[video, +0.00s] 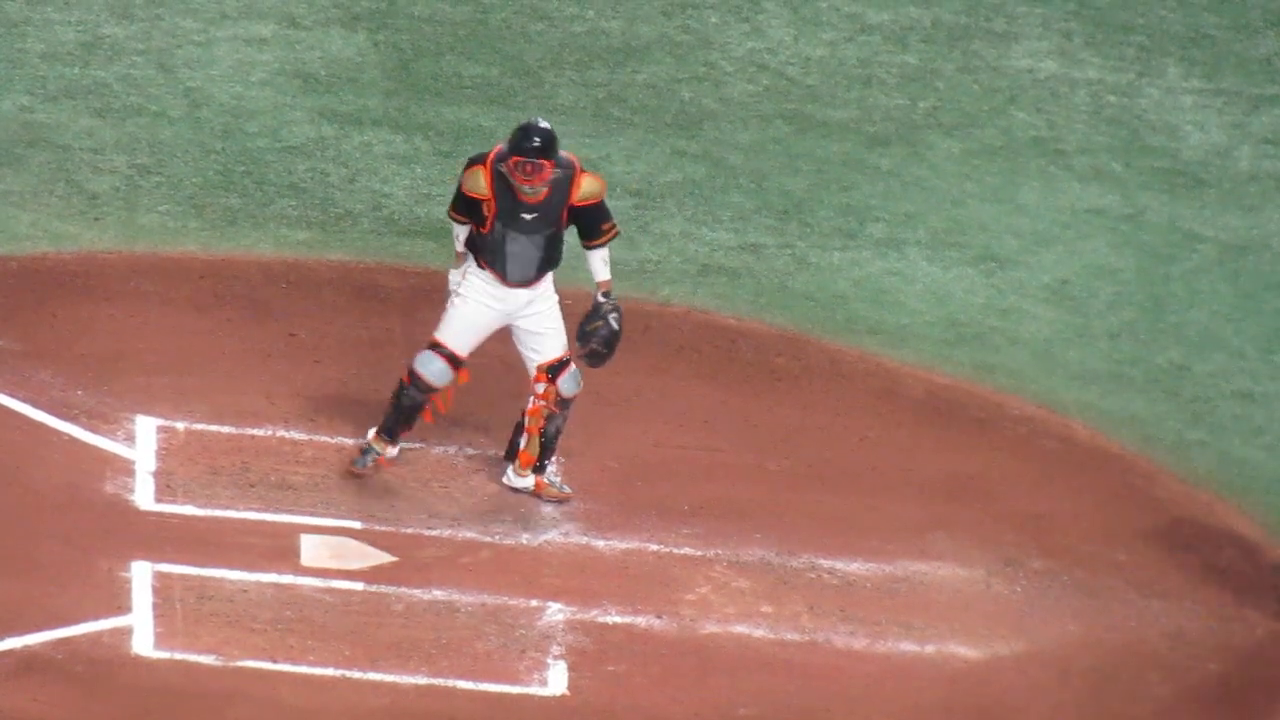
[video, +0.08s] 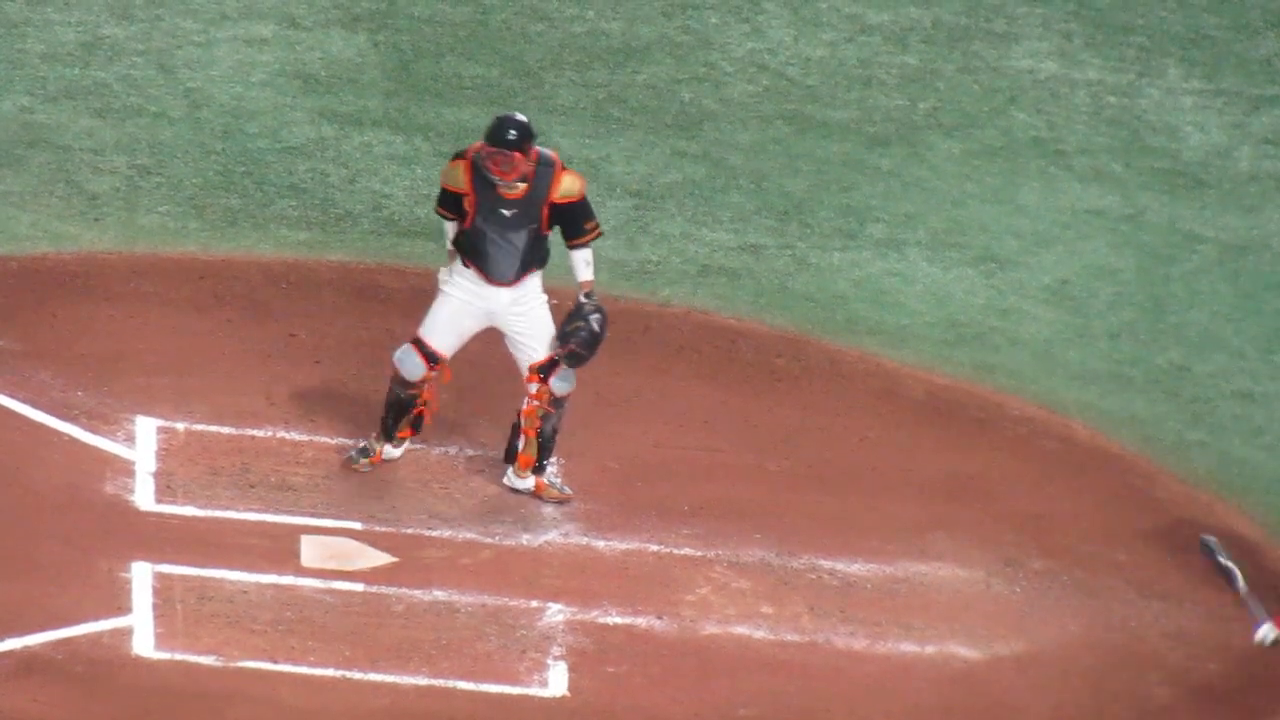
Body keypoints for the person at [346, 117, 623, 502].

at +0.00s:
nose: (529, 174)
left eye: (537, 167)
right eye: (522, 165)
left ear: (553, 164)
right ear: (508, 159)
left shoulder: (577, 184)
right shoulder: (482, 175)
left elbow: (597, 242)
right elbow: (461, 226)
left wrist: (605, 297)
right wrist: (462, 267)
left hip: (537, 295)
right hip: (482, 289)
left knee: (561, 383)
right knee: (433, 369)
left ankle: (527, 469)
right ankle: (382, 441)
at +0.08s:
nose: (501, 162)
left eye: (509, 156)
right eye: (495, 154)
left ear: (528, 154)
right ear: (486, 149)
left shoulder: (558, 182)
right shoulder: (464, 172)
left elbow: (580, 240)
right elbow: (450, 225)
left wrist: (587, 297)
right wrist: (452, 266)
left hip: (524, 296)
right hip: (466, 288)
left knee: (554, 382)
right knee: (410, 364)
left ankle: (528, 469)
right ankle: (391, 441)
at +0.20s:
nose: (462, 149)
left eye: (472, 142)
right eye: (455, 140)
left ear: (489, 142)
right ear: (446, 137)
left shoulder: (520, 174)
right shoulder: (432, 161)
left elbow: (548, 233)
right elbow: (426, 209)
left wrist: (557, 292)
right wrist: (447, 247)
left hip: (492, 290)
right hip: (436, 283)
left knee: (528, 376)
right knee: (396, 360)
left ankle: (526, 469)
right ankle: (397, 447)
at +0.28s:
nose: (433, 139)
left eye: (441, 132)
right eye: (428, 131)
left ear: (461, 130)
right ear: (421, 128)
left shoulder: (493, 168)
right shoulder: (415, 155)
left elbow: (522, 229)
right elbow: (415, 202)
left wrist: (532, 288)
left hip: (470, 282)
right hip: (417, 273)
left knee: (510, 370)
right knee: (386, 358)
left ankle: (520, 463)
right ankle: (397, 445)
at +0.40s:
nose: (395, 132)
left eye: (401, 125)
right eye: (393, 124)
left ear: (424, 122)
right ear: (398, 124)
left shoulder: (465, 158)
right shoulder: (400, 145)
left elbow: (490, 227)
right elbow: (407, 198)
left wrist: (496, 283)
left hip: (450, 274)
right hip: (401, 267)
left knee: (479, 367)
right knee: (382, 358)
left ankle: (477, 462)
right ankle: (396, 446)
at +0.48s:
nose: (382, 131)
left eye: (388, 123)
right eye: (379, 124)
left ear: (410, 117)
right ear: (383, 121)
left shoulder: (450, 152)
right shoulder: (388, 143)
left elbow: (475, 223)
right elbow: (397, 199)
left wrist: (472, 281)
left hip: (438, 270)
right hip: (393, 265)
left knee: (450, 364)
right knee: (379, 355)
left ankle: (444, 459)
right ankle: (395, 446)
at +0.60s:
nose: (364, 131)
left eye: (369, 122)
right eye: (360, 123)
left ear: (390, 113)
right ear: (369, 119)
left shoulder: (431, 149)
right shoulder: (376, 138)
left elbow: (455, 218)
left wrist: (442, 273)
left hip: (419, 265)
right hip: (382, 260)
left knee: (405, 358)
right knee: (370, 351)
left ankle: (394, 446)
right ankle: (392, 437)